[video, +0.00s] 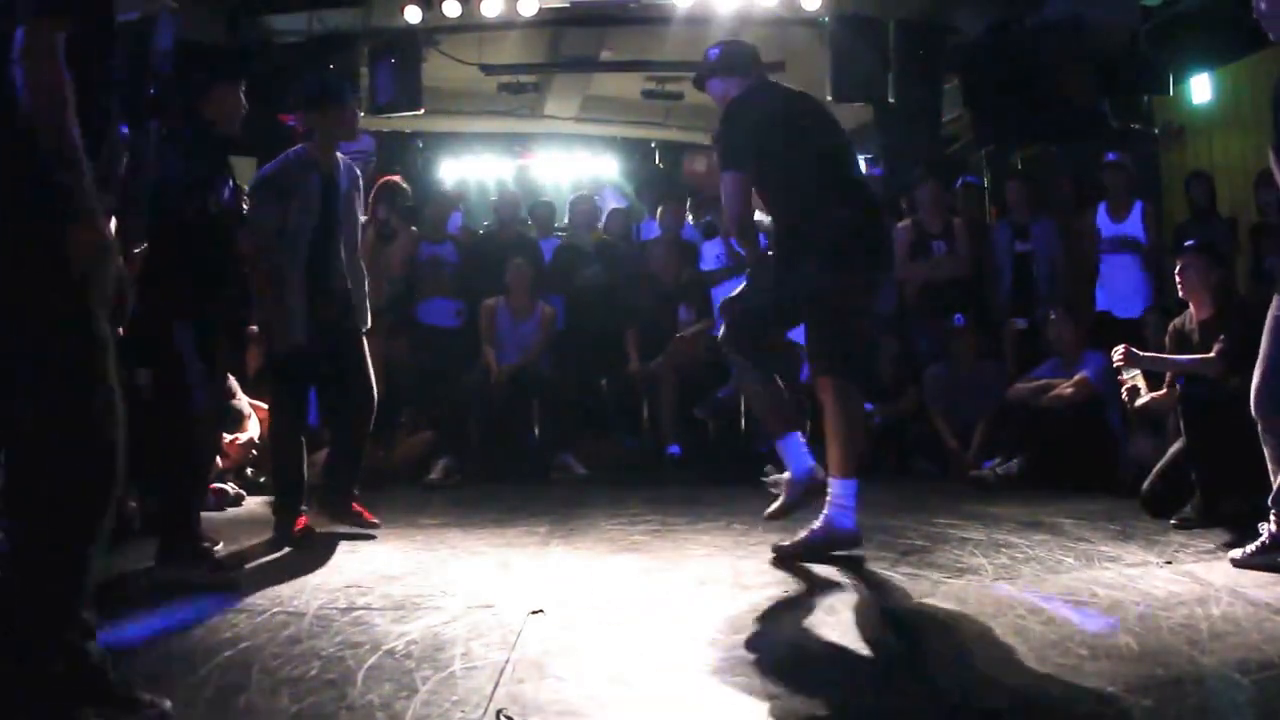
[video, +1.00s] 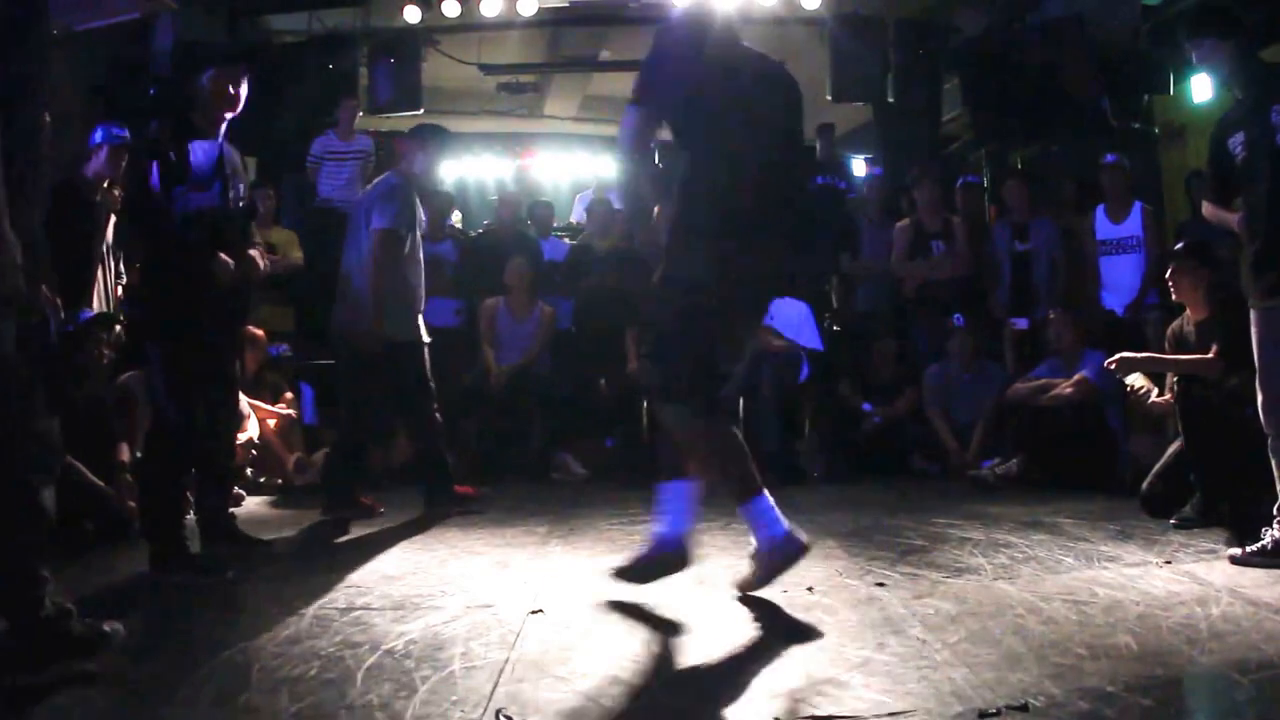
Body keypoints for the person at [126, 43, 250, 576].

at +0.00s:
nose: (245, 105)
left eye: (243, 93)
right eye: (236, 94)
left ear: (211, 97)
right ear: (207, 97)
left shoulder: (201, 152)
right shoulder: (191, 154)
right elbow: (202, 247)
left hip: (195, 309)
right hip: (182, 312)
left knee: (192, 425)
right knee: (191, 427)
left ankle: (183, 538)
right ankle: (178, 544)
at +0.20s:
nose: (244, 103)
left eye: (243, 92)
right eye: (238, 91)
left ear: (208, 92)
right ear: (212, 91)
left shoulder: (179, 142)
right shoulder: (198, 147)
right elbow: (196, 233)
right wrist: (237, 238)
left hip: (173, 308)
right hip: (184, 313)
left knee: (177, 423)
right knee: (185, 424)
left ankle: (174, 537)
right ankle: (175, 545)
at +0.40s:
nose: (243, 101)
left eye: (243, 90)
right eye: (235, 90)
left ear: (211, 91)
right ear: (207, 89)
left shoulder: (185, 142)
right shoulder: (187, 147)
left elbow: (185, 229)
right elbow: (183, 235)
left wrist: (233, 245)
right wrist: (233, 257)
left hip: (177, 310)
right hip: (177, 313)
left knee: (180, 430)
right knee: (180, 432)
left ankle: (177, 543)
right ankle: (174, 551)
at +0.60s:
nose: (241, 96)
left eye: (241, 86)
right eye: (233, 85)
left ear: (217, 88)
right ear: (205, 84)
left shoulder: (198, 144)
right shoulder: (175, 144)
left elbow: (196, 227)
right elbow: (174, 233)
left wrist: (235, 243)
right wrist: (229, 248)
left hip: (193, 308)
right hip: (173, 310)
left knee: (194, 424)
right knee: (180, 426)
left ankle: (187, 523)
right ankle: (169, 541)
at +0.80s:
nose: (235, 99)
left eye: (238, 89)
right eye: (228, 87)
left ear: (224, 93)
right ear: (199, 86)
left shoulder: (205, 147)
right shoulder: (166, 143)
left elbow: (209, 226)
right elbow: (162, 236)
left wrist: (237, 248)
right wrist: (223, 261)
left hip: (198, 306)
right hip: (168, 308)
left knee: (205, 420)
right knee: (179, 423)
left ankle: (213, 527)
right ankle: (167, 544)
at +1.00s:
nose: (230, 101)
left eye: (238, 93)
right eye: (222, 89)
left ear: (244, 101)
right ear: (196, 90)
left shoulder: (231, 157)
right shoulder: (163, 149)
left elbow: (241, 222)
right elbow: (150, 232)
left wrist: (255, 253)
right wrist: (209, 260)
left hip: (216, 312)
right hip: (169, 312)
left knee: (218, 419)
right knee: (172, 423)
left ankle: (217, 526)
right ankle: (166, 544)